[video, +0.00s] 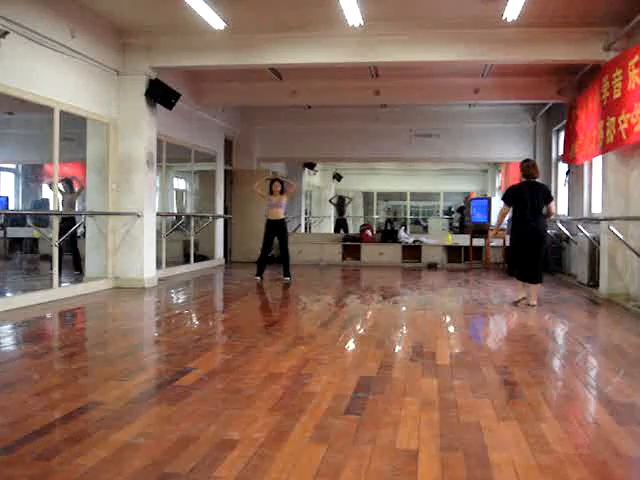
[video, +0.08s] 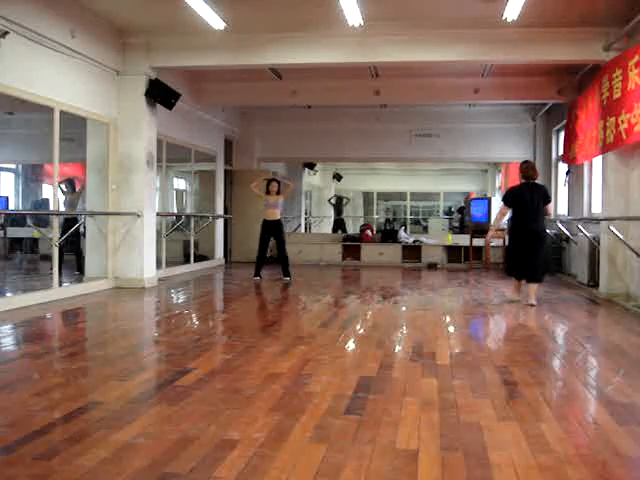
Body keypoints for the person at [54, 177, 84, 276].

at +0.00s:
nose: (64, 187)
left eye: (65, 185)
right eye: (64, 185)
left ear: (69, 185)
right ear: (65, 186)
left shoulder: (73, 195)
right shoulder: (64, 195)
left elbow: (82, 188)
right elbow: (55, 189)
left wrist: (78, 181)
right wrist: (54, 183)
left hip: (70, 218)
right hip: (63, 218)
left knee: (73, 245)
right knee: (59, 245)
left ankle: (78, 269)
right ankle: (57, 270)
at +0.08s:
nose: (66, 188)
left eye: (68, 185)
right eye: (66, 185)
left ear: (72, 186)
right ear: (67, 186)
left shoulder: (76, 195)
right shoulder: (67, 195)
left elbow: (83, 187)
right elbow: (63, 192)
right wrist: (60, 185)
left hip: (73, 218)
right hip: (66, 218)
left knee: (76, 246)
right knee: (61, 245)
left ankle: (80, 271)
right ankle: (58, 272)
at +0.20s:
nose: (69, 188)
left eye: (71, 186)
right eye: (68, 186)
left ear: (75, 186)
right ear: (68, 187)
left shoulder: (81, 196)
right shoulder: (72, 197)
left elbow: (83, 208)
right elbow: (73, 209)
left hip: (80, 219)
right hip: (72, 219)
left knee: (81, 246)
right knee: (68, 245)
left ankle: (81, 272)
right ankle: (64, 272)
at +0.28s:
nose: (70, 189)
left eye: (71, 186)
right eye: (69, 187)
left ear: (76, 186)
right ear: (70, 187)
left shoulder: (81, 196)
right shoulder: (73, 197)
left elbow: (84, 207)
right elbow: (73, 208)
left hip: (80, 218)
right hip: (73, 219)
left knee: (81, 245)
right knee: (69, 244)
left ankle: (81, 270)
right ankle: (68, 269)